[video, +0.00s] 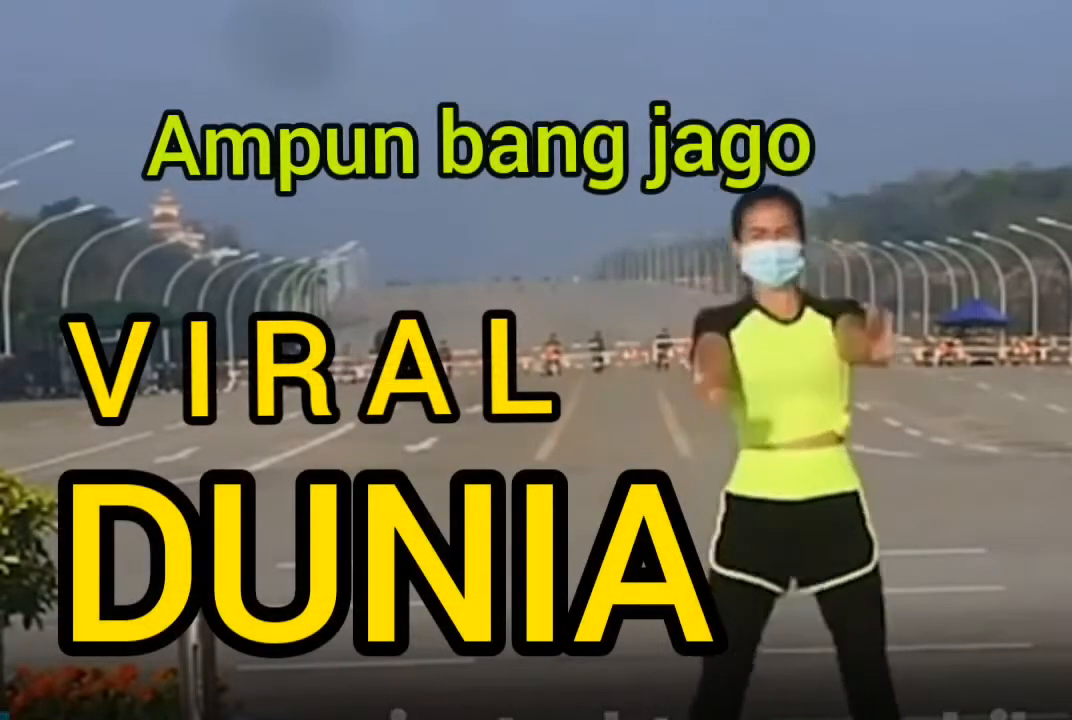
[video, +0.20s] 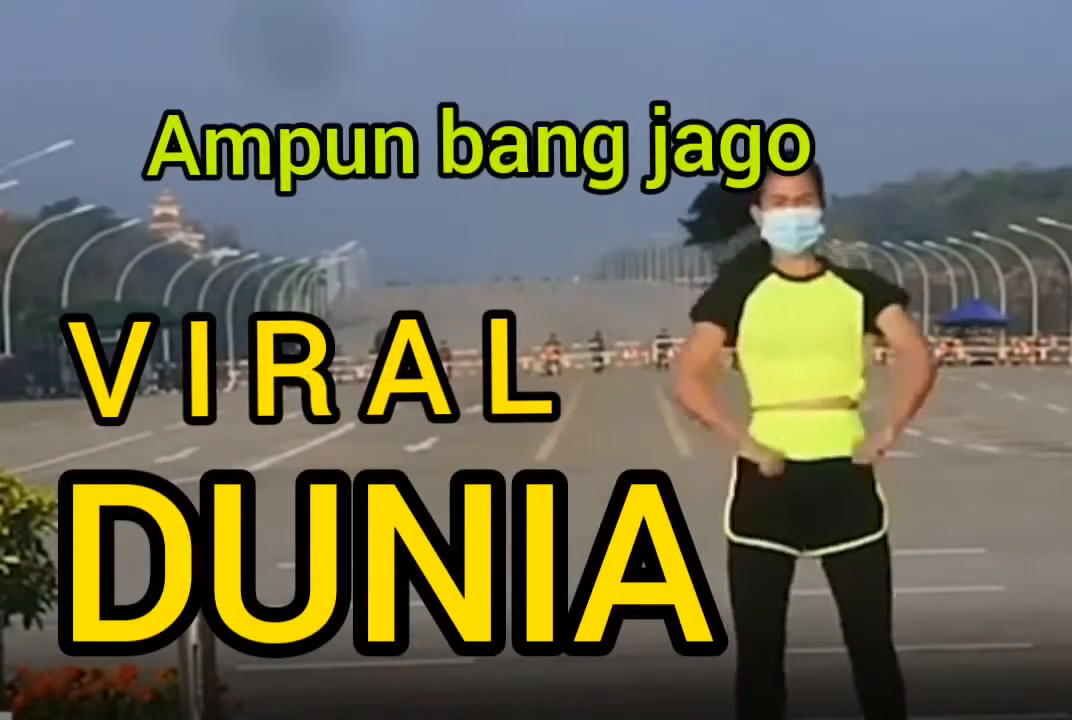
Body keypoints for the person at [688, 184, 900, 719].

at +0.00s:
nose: (774, 246)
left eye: (785, 234)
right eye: (759, 236)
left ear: (803, 244)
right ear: (738, 251)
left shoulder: (839, 317)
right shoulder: (721, 326)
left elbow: (861, 340)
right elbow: (713, 367)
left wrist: (875, 346)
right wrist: (713, 385)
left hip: (835, 507)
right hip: (755, 512)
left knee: (868, 670)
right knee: (726, 670)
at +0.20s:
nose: (793, 214)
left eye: (804, 202)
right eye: (779, 203)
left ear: (822, 210)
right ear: (757, 211)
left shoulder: (861, 287)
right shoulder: (739, 288)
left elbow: (919, 360)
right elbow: (688, 379)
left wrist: (884, 437)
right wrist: (746, 444)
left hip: (847, 483)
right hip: (764, 486)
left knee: (873, 650)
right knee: (759, 656)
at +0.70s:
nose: (815, 248)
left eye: (827, 235)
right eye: (801, 237)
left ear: (846, 246)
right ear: (781, 250)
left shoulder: (879, 316)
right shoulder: (759, 324)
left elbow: (953, 351)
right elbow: (683, 372)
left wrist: (882, 377)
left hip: (866, 510)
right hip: (785, 512)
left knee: (893, 677)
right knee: (764, 675)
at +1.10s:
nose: (789, 226)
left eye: (801, 214)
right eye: (775, 214)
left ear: (818, 223)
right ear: (754, 225)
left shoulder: (852, 301)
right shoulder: (728, 306)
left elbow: (866, 365)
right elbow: (719, 408)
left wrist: (880, 399)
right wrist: (727, 407)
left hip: (830, 494)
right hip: (750, 495)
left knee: (865, 663)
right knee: (712, 657)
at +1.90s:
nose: (707, 201)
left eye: (717, 190)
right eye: (692, 190)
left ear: (733, 203)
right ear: (671, 204)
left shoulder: (772, 282)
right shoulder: (649, 283)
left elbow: (794, 367)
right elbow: (641, 378)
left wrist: (817, 440)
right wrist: (646, 459)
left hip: (758, 466)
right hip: (678, 472)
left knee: (786, 625)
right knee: (669, 633)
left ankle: (798, 714)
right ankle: (660, 719)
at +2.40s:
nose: (677, 211)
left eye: (688, 199)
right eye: (663, 200)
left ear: (705, 209)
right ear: (643, 212)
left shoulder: (738, 287)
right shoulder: (617, 291)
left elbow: (793, 363)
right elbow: (570, 375)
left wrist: (764, 452)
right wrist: (609, 459)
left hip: (726, 478)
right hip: (643, 480)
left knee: (737, 650)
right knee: (642, 650)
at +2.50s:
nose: (676, 257)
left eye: (688, 244)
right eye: (663, 246)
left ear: (706, 255)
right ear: (643, 259)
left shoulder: (737, 330)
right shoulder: (620, 333)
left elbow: (817, 356)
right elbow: (539, 371)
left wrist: (742, 379)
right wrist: (620, 377)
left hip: (725, 519)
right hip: (646, 522)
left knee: (745, 682)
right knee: (635, 684)